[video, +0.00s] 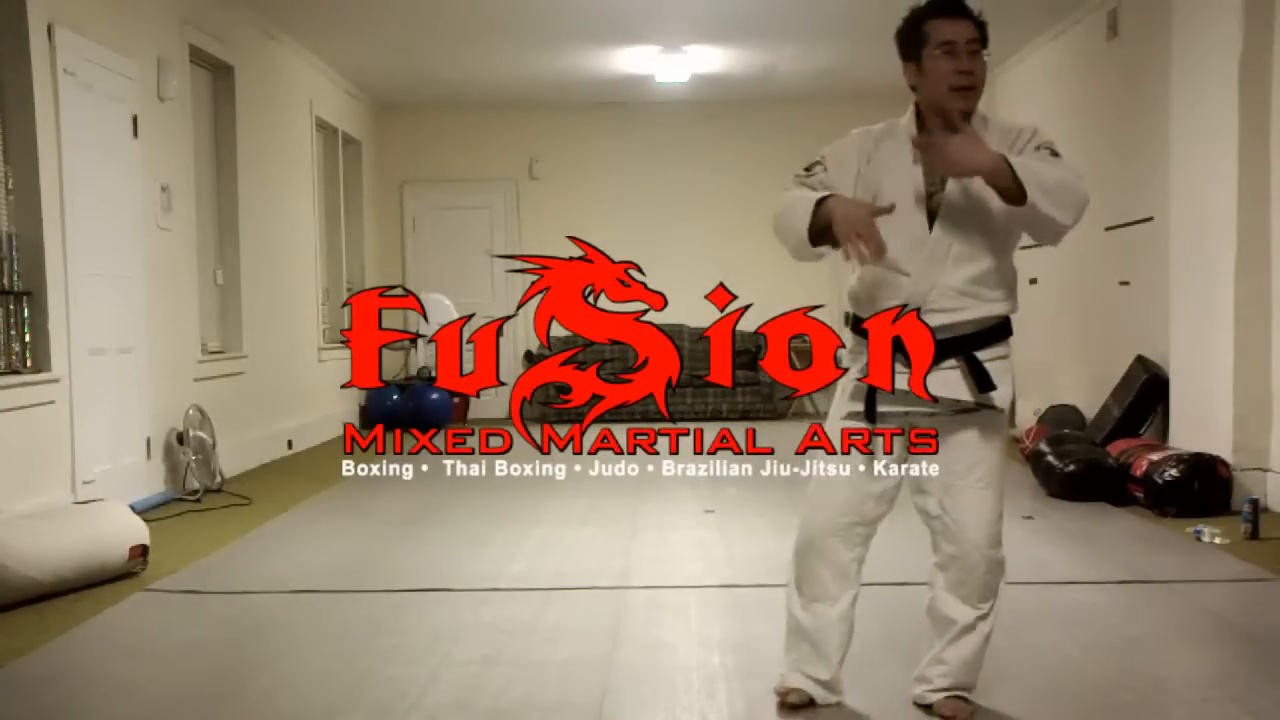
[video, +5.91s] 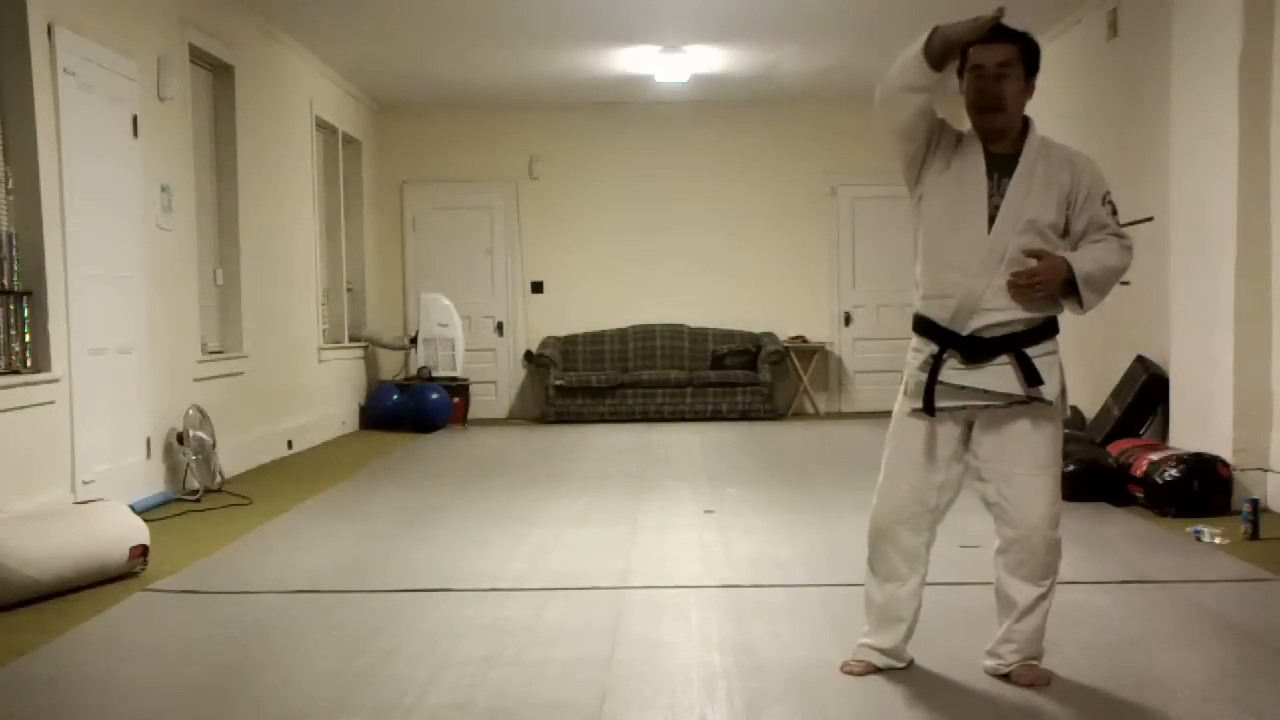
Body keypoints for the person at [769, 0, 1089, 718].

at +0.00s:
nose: (968, 64)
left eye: (976, 50)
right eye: (949, 52)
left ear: (987, 63)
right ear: (912, 69)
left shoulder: (1014, 144)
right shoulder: (865, 149)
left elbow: (1070, 206)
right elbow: (788, 215)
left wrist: (995, 168)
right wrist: (830, 210)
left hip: (972, 362)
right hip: (874, 362)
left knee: (975, 545)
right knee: (827, 531)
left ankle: (947, 688)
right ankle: (807, 680)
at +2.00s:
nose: (941, 96)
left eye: (957, 82)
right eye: (931, 82)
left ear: (987, 88)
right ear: (918, 88)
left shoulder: (1035, 162)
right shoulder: (880, 160)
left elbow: (1085, 233)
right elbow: (790, 191)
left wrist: (1053, 260)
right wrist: (810, 146)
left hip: (1000, 369)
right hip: (907, 371)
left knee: (1022, 523)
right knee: (880, 518)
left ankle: (1015, 654)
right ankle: (877, 642)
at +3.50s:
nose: (940, 85)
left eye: (957, 73)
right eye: (931, 73)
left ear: (988, 85)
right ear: (919, 86)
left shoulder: (1031, 167)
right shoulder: (887, 154)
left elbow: (1079, 243)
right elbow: (836, 121)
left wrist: (1032, 267)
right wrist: (858, 60)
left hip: (989, 362)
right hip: (896, 363)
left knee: (1011, 521)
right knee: (881, 516)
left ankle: (1014, 651)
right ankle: (879, 643)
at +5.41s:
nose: (967, 87)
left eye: (984, 73)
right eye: (960, 74)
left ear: (1020, 89)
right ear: (950, 84)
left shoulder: (1063, 171)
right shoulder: (915, 154)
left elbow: (1107, 249)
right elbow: (850, 118)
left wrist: (1064, 273)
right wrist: (818, 54)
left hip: (1016, 370)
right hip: (927, 367)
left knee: (1027, 527)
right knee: (892, 518)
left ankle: (1016, 653)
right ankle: (882, 642)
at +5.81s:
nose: (977, 87)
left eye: (995, 74)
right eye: (969, 74)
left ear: (1026, 87)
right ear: (958, 83)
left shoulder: (1069, 171)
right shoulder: (930, 155)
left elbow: (1113, 249)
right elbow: (892, 102)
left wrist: (1066, 269)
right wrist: (932, 41)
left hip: (1022, 368)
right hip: (933, 364)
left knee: (1032, 526)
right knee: (896, 515)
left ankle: (1015, 653)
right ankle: (883, 641)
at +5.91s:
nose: (985, 88)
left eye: (1002, 73)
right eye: (973, 73)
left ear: (1029, 84)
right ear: (959, 83)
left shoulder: (1070, 171)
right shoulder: (933, 156)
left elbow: (1114, 250)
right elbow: (898, 99)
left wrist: (1070, 269)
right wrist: (945, 43)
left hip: (1024, 368)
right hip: (934, 364)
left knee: (1034, 526)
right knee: (897, 514)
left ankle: (1016, 653)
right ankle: (882, 641)